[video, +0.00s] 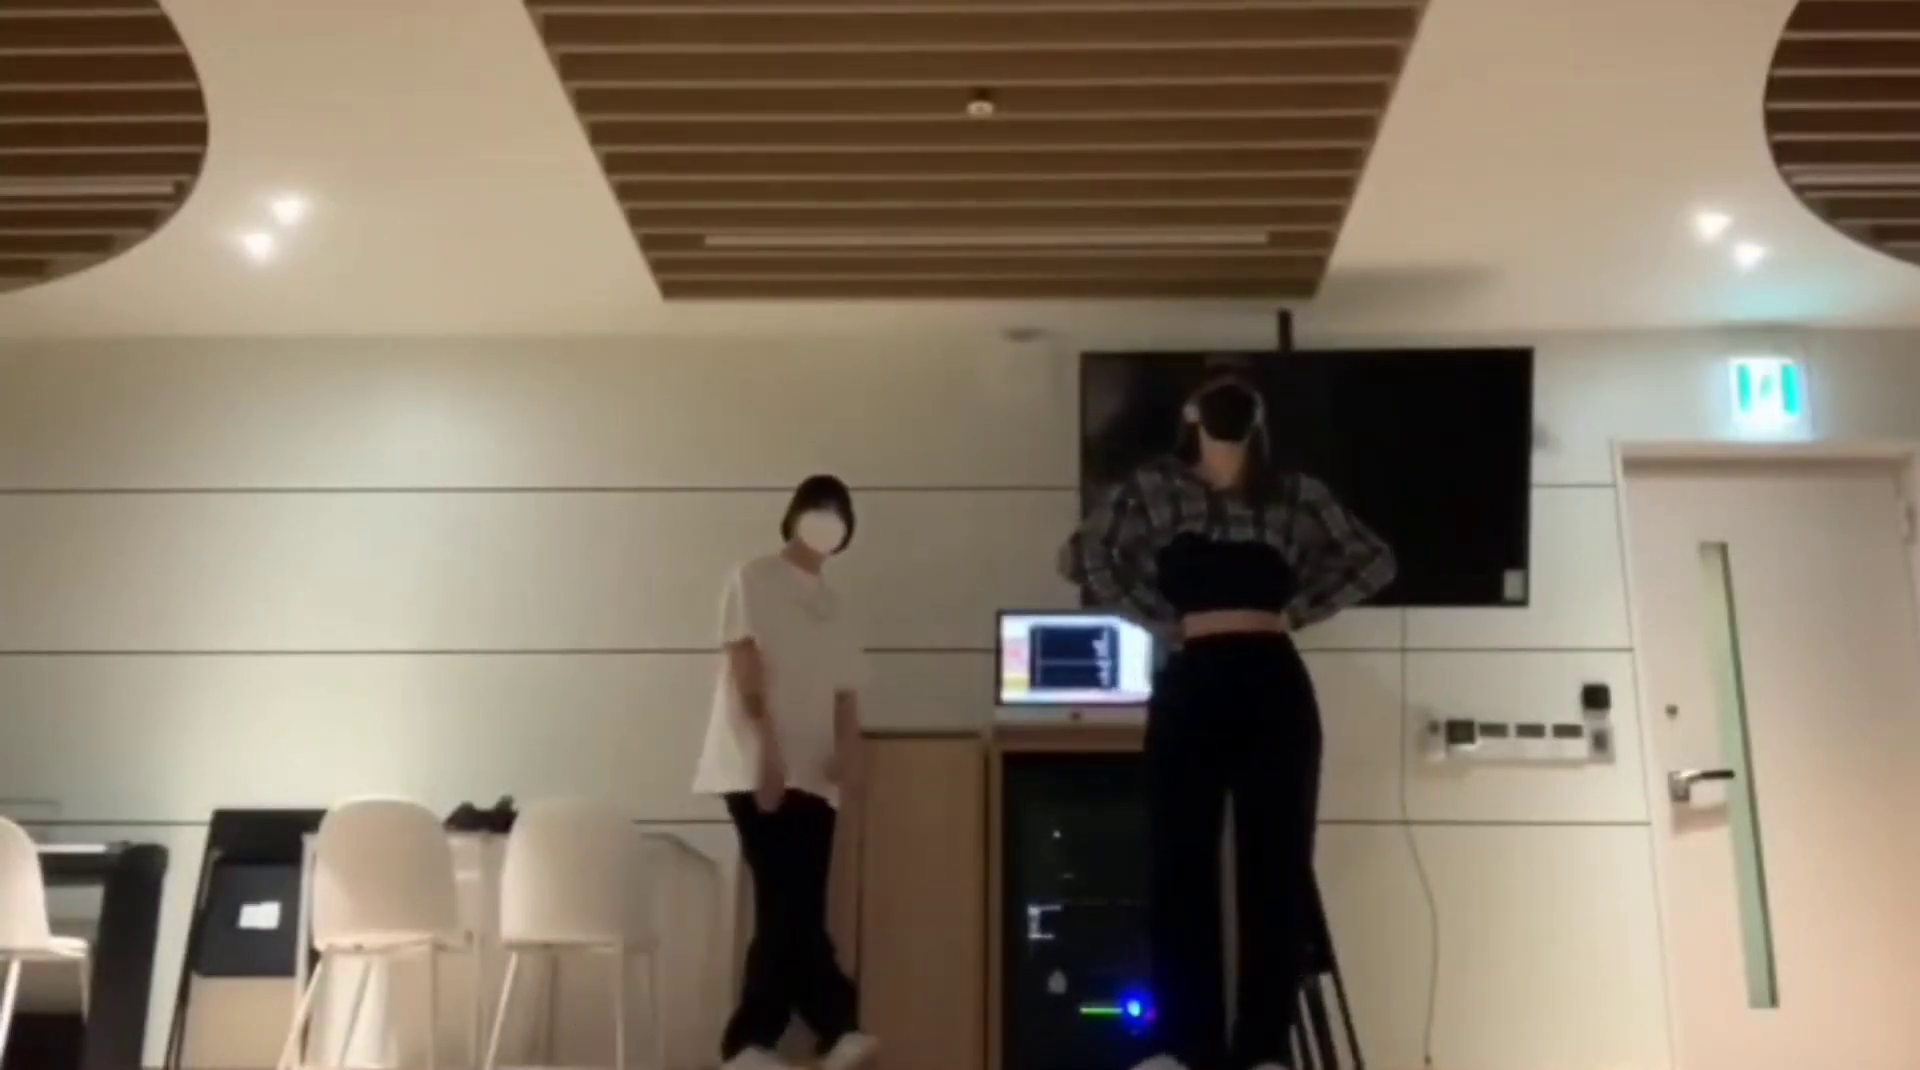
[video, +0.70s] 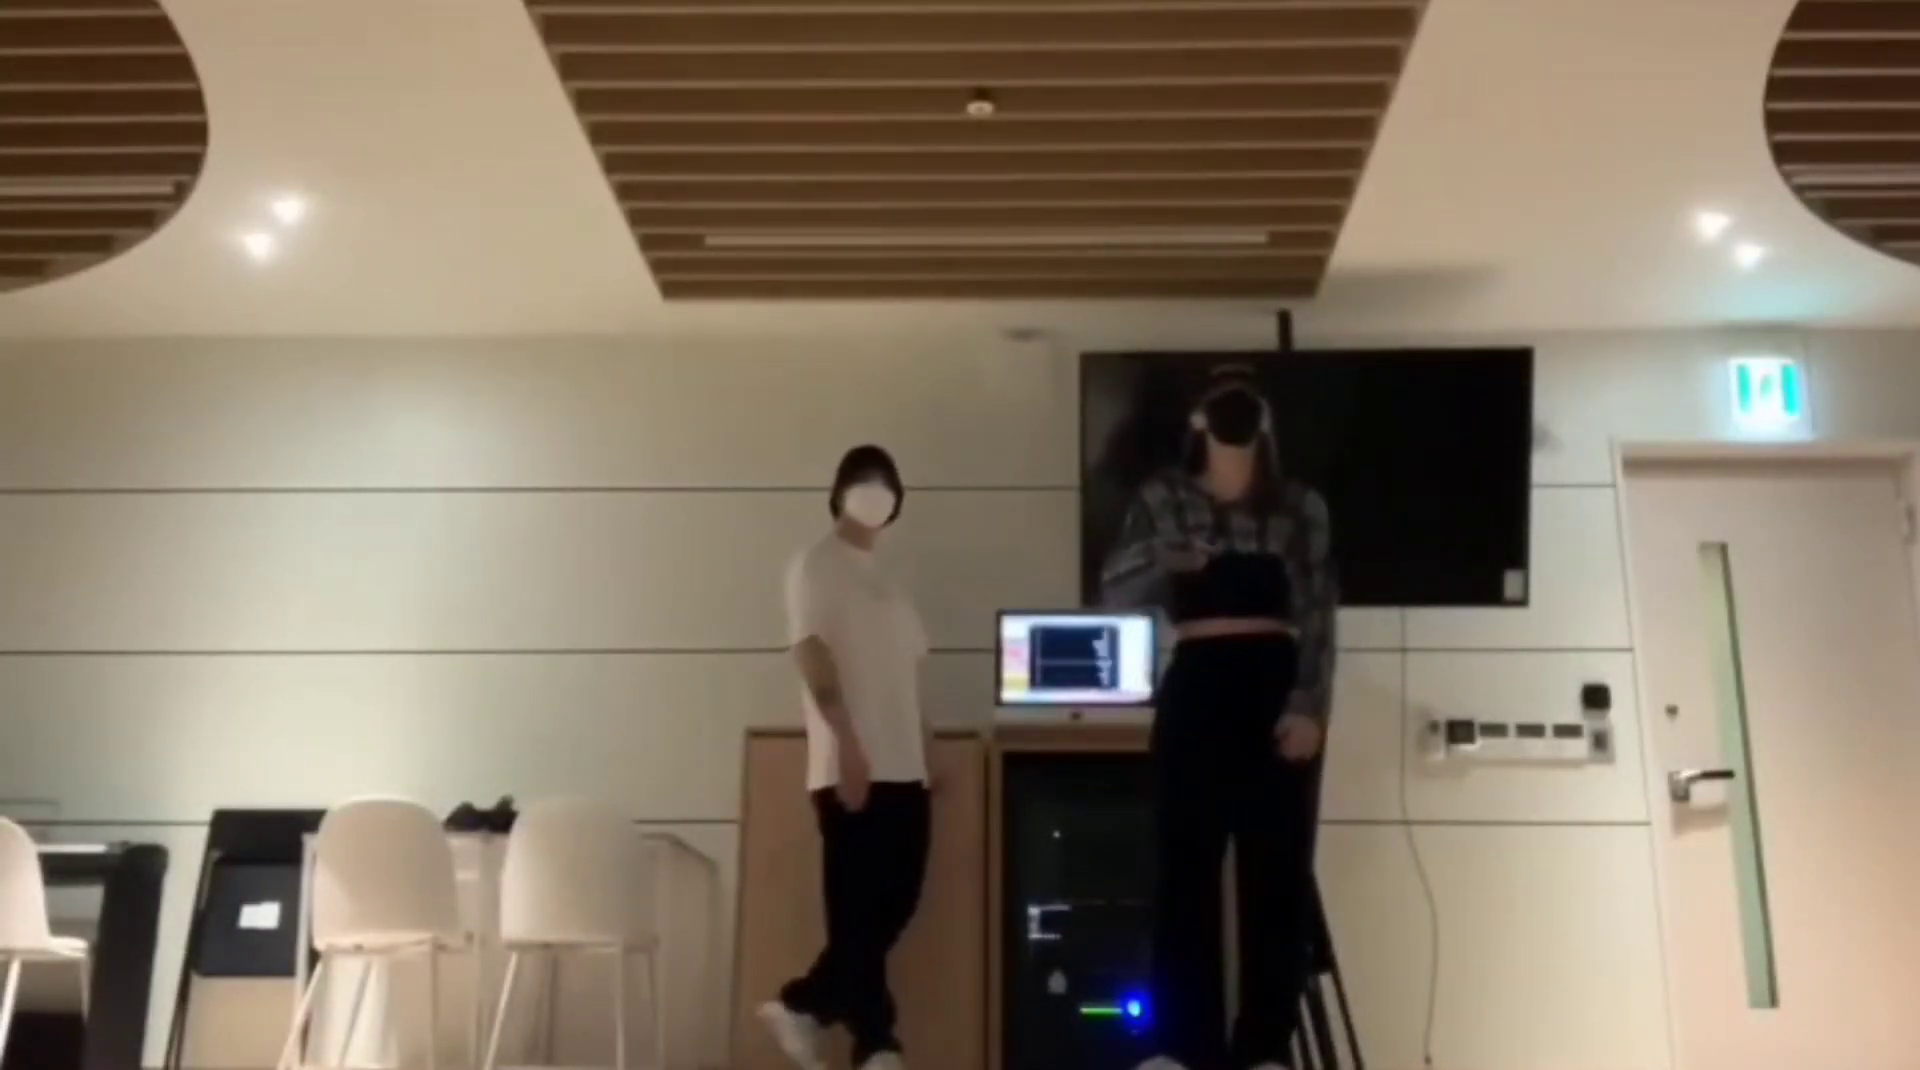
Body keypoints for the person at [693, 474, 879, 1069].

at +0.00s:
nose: (827, 526)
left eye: (839, 518)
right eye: (818, 512)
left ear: (847, 531)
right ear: (795, 516)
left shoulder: (832, 603)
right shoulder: (753, 578)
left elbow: (845, 690)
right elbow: (744, 670)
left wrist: (848, 756)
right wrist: (767, 754)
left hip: (815, 774)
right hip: (757, 769)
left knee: (793, 913)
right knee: (791, 908)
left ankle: (749, 1042)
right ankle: (836, 1028)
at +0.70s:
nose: (873, 498)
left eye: (884, 488)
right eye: (862, 485)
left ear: (897, 501)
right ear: (839, 493)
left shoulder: (888, 578)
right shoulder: (815, 566)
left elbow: (903, 677)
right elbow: (811, 658)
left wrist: (925, 757)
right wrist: (848, 747)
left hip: (902, 770)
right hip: (848, 770)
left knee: (896, 904)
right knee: (857, 914)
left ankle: (803, 1005)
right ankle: (876, 1044)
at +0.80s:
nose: (876, 497)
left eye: (887, 488)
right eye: (864, 484)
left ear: (899, 500)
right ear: (841, 492)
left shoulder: (892, 577)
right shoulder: (816, 564)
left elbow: (915, 669)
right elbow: (820, 654)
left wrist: (935, 742)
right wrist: (867, 733)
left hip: (909, 763)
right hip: (850, 763)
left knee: (929, 887)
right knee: (862, 901)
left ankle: (841, 1000)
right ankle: (876, 1039)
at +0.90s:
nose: (877, 495)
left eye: (888, 485)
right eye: (864, 482)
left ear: (900, 498)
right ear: (841, 490)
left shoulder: (901, 577)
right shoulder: (813, 564)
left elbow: (922, 667)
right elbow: (818, 643)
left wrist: (943, 740)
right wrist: (876, 709)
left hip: (917, 767)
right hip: (851, 766)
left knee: (946, 899)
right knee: (860, 910)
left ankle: (935, 1028)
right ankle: (875, 1043)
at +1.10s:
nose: (878, 492)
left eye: (890, 482)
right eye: (866, 479)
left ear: (903, 495)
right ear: (842, 487)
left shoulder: (911, 575)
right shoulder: (811, 565)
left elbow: (933, 670)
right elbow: (809, 657)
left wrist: (946, 748)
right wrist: (860, 722)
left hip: (917, 771)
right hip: (844, 773)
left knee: (963, 903)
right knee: (853, 918)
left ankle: (1009, 1021)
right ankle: (875, 1045)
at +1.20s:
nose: (879, 491)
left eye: (890, 481)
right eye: (866, 479)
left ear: (903, 494)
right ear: (842, 488)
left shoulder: (916, 577)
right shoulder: (812, 566)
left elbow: (935, 670)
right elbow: (804, 666)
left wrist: (946, 746)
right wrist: (840, 736)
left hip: (917, 769)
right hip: (844, 773)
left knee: (964, 897)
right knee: (851, 917)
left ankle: (1005, 1020)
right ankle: (875, 1045)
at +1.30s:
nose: (875, 493)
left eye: (887, 483)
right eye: (864, 480)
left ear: (903, 495)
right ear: (841, 490)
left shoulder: (920, 571)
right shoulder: (810, 568)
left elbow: (939, 665)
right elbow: (794, 675)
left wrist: (947, 734)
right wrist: (812, 754)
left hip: (916, 770)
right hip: (840, 775)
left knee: (945, 901)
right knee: (848, 922)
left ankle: (975, 1018)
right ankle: (876, 1045)